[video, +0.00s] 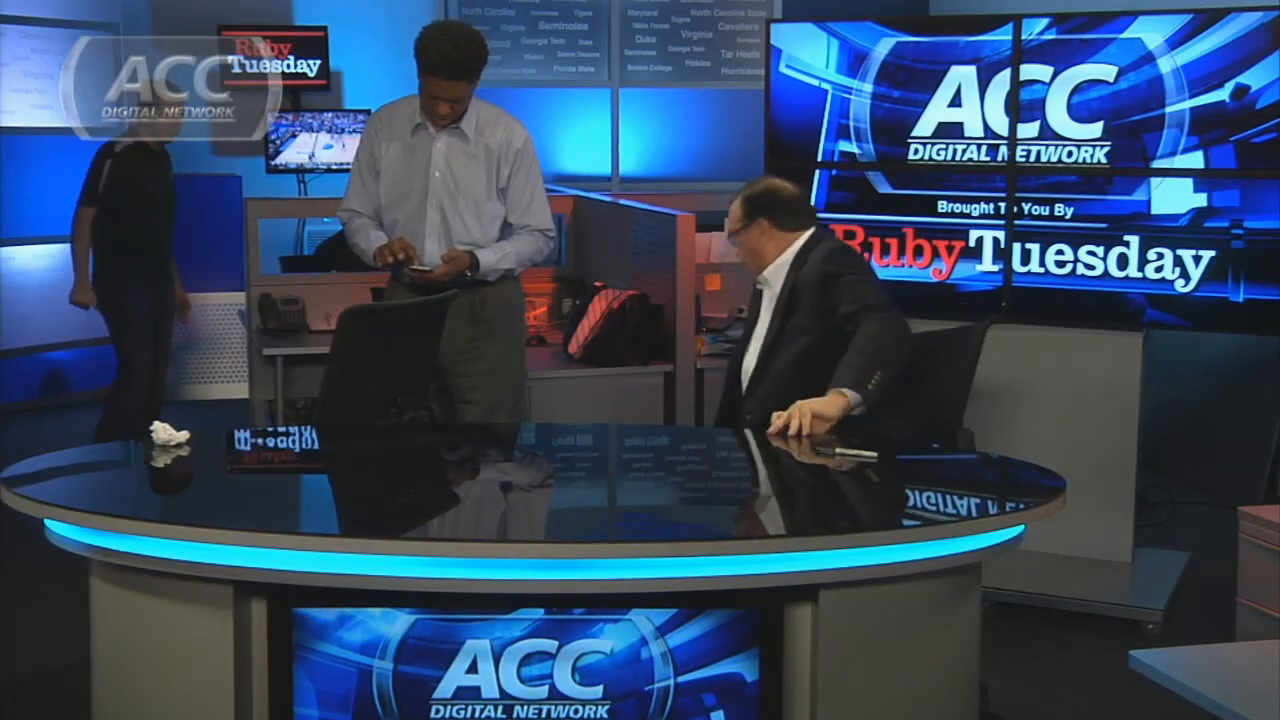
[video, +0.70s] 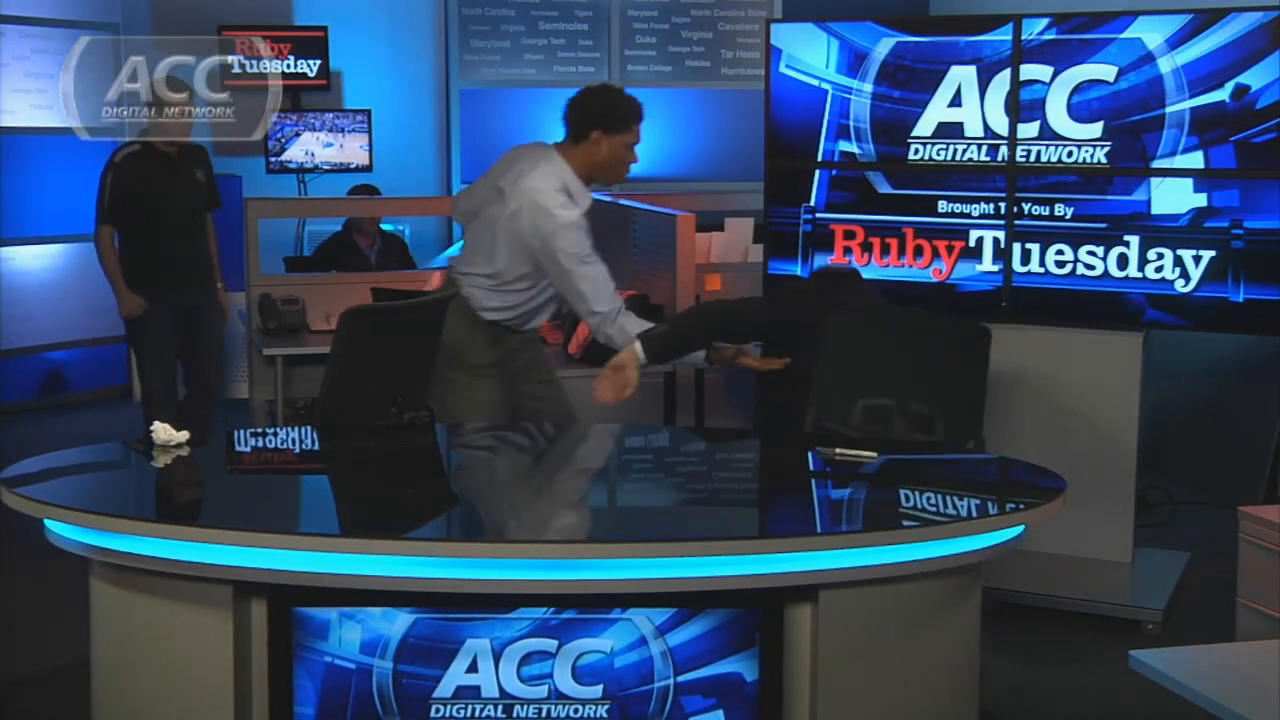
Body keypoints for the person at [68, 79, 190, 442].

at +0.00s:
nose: (176, 122)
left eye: (179, 114)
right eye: (170, 113)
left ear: (178, 117)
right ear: (150, 113)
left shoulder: (162, 159)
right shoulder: (113, 153)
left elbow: (160, 235)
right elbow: (83, 218)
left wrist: (175, 286)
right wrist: (82, 281)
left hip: (157, 281)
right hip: (119, 280)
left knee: (154, 371)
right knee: (136, 368)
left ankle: (141, 453)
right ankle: (110, 455)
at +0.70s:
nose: (181, 121)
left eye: (186, 112)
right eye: (172, 112)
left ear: (192, 115)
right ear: (154, 114)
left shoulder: (197, 157)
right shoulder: (124, 161)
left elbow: (207, 224)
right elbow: (104, 235)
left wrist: (218, 284)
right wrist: (122, 292)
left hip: (198, 290)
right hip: (149, 295)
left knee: (206, 383)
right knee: (159, 388)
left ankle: (199, 458)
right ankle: (165, 470)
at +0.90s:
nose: (194, 121)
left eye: (197, 112)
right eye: (185, 112)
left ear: (203, 115)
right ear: (166, 115)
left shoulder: (205, 158)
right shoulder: (134, 163)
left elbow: (213, 225)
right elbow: (117, 236)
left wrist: (227, 286)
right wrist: (140, 291)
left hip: (206, 291)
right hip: (156, 296)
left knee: (224, 385)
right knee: (165, 392)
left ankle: (233, 464)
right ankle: (173, 478)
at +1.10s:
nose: (213, 122)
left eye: (216, 113)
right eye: (204, 113)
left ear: (220, 116)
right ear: (183, 115)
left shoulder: (220, 160)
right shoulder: (149, 165)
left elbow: (228, 229)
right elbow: (131, 239)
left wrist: (240, 289)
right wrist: (162, 290)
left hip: (221, 297)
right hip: (170, 301)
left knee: (241, 393)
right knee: (175, 400)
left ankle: (255, 473)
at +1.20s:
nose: (232, 128)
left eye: (233, 119)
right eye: (224, 119)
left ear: (231, 121)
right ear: (199, 119)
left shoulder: (232, 164)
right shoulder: (161, 168)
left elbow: (244, 231)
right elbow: (145, 242)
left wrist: (251, 292)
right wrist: (178, 293)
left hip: (232, 300)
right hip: (181, 304)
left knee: (251, 394)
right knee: (181, 402)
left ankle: (259, 474)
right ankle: (181, 481)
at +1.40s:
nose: (273, 129)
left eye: (274, 121)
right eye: (266, 120)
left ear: (261, 124)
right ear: (244, 119)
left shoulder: (263, 167)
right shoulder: (200, 166)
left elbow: (262, 231)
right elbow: (177, 239)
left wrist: (269, 290)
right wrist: (212, 293)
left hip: (261, 300)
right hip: (213, 304)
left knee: (272, 396)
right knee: (205, 401)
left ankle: (268, 471)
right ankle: (192, 475)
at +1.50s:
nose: (290, 131)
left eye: (293, 123)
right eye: (283, 122)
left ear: (289, 125)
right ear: (259, 120)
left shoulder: (279, 165)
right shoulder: (217, 165)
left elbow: (276, 236)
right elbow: (191, 239)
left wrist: (285, 293)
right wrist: (225, 296)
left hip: (276, 304)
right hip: (231, 306)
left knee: (280, 396)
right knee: (230, 398)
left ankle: (276, 474)